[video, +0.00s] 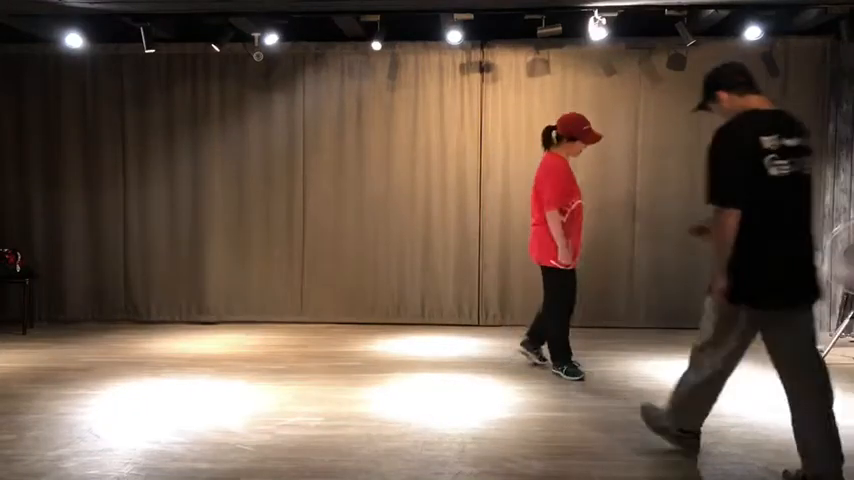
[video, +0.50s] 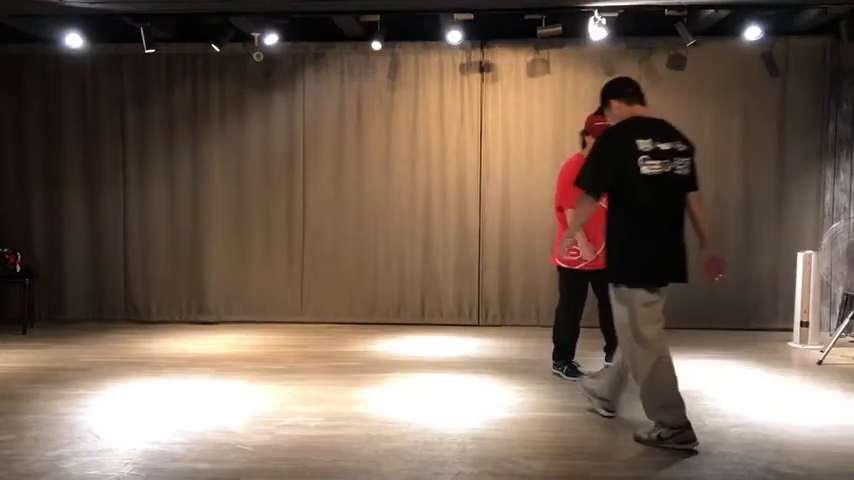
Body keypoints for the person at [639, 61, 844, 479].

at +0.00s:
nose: (717, 115)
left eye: (714, 108)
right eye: (713, 109)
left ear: (723, 97)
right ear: (754, 91)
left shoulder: (732, 135)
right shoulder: (793, 127)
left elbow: (730, 213)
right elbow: (786, 203)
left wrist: (720, 271)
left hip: (749, 269)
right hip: (794, 267)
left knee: (713, 353)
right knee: (803, 371)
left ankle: (681, 423)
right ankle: (825, 468)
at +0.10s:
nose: (688, 114)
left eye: (685, 107)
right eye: (686, 108)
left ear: (696, 99)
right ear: (723, 93)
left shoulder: (705, 138)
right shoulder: (761, 127)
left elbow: (700, 211)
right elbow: (762, 200)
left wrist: (692, 268)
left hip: (719, 265)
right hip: (763, 262)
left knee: (693, 349)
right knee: (775, 357)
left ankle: (676, 430)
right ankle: (815, 457)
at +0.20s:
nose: (661, 114)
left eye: (659, 107)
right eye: (659, 108)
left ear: (671, 98)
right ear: (694, 92)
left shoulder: (677, 134)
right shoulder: (735, 125)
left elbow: (669, 205)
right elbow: (736, 197)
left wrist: (659, 261)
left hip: (690, 259)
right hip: (735, 255)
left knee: (676, 343)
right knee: (726, 331)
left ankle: (675, 430)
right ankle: (772, 415)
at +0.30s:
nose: (643, 113)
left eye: (641, 107)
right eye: (640, 108)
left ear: (650, 97)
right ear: (674, 91)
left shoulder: (656, 132)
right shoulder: (714, 126)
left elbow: (639, 200)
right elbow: (710, 195)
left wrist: (626, 251)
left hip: (668, 255)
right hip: (710, 252)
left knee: (665, 340)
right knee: (690, 329)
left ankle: (675, 429)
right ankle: (717, 402)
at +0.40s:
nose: (625, 114)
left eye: (623, 108)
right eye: (622, 109)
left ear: (632, 99)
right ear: (658, 95)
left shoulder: (635, 133)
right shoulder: (697, 131)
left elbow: (612, 199)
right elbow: (707, 198)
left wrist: (600, 234)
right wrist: (715, 250)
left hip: (649, 250)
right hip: (685, 247)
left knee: (658, 339)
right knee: (654, 333)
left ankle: (675, 428)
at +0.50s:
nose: (608, 117)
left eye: (607, 112)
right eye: (607, 113)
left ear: (615, 105)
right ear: (642, 101)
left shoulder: (615, 138)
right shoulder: (677, 138)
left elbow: (590, 196)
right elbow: (692, 197)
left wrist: (572, 230)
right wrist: (706, 247)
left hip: (629, 254)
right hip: (666, 252)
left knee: (648, 343)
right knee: (635, 334)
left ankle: (674, 427)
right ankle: (605, 392)